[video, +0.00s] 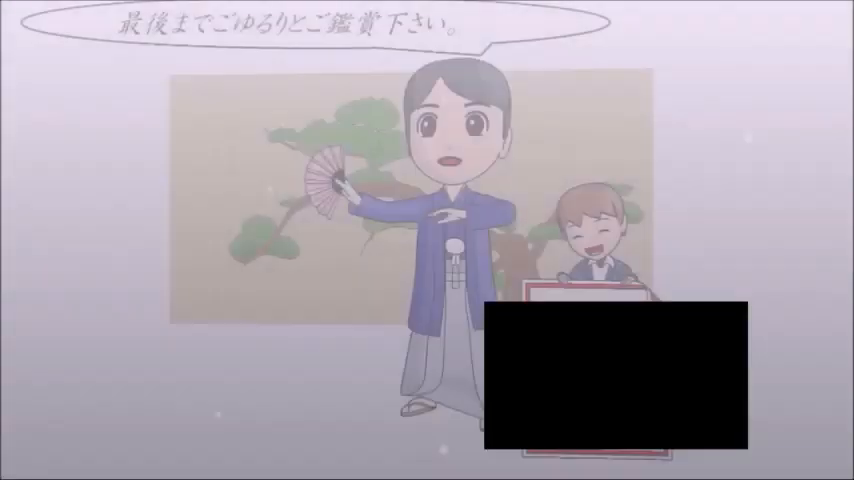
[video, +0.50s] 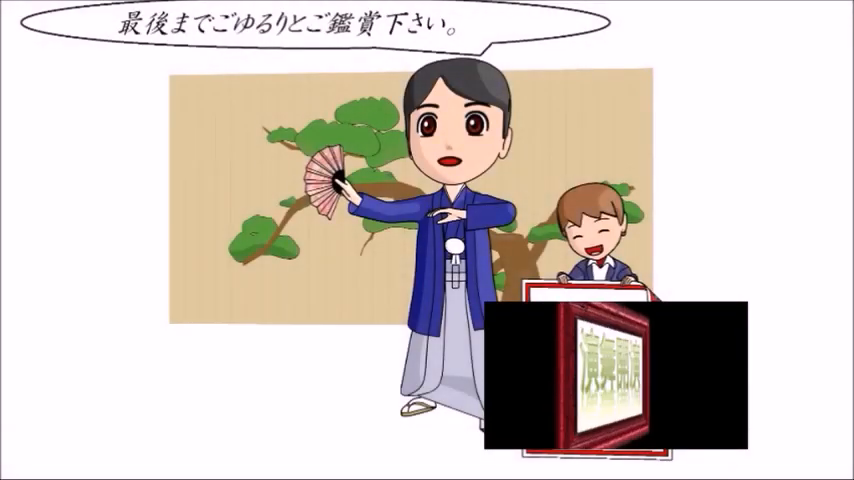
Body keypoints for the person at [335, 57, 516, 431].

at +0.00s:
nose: (449, 143)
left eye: (473, 123)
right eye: (430, 123)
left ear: (503, 144)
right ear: (410, 137)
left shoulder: (482, 205)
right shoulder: (427, 205)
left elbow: (507, 213)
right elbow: (386, 211)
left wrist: (466, 212)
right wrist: (349, 194)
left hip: (473, 289)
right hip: (433, 288)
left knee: (472, 344)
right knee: (429, 341)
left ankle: (479, 398)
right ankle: (426, 393)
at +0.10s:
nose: (449, 143)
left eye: (473, 124)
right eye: (430, 124)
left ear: (502, 143)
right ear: (410, 139)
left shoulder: (480, 203)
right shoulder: (425, 205)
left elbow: (507, 212)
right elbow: (387, 210)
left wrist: (467, 215)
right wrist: (352, 197)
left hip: (472, 290)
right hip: (432, 290)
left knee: (472, 344)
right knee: (429, 342)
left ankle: (480, 398)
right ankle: (426, 393)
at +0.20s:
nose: (449, 143)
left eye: (473, 124)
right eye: (430, 124)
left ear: (503, 142)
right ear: (409, 138)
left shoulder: (480, 203)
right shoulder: (425, 205)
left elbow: (507, 213)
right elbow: (387, 211)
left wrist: (467, 215)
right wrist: (351, 196)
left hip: (472, 290)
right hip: (432, 290)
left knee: (472, 343)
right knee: (429, 341)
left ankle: (479, 397)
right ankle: (427, 392)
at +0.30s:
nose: (449, 143)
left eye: (473, 124)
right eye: (430, 124)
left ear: (502, 142)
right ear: (409, 139)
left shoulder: (480, 204)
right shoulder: (425, 205)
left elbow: (507, 212)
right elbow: (386, 210)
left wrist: (466, 215)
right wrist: (350, 195)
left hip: (472, 290)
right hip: (433, 290)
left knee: (472, 344)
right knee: (429, 341)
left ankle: (479, 397)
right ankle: (427, 392)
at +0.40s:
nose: (449, 143)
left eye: (473, 124)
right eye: (430, 124)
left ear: (502, 142)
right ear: (410, 139)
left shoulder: (480, 204)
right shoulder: (425, 205)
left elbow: (507, 212)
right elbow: (386, 210)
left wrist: (466, 215)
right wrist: (350, 195)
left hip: (472, 290)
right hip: (433, 290)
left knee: (472, 344)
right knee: (429, 341)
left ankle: (480, 398)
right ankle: (427, 392)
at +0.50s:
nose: (449, 143)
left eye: (473, 124)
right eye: (430, 124)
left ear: (503, 143)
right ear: (410, 138)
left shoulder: (480, 203)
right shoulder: (425, 205)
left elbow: (507, 213)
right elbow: (387, 211)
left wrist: (467, 215)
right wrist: (351, 196)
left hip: (472, 290)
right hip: (433, 291)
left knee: (472, 344)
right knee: (429, 342)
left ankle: (482, 399)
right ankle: (427, 392)